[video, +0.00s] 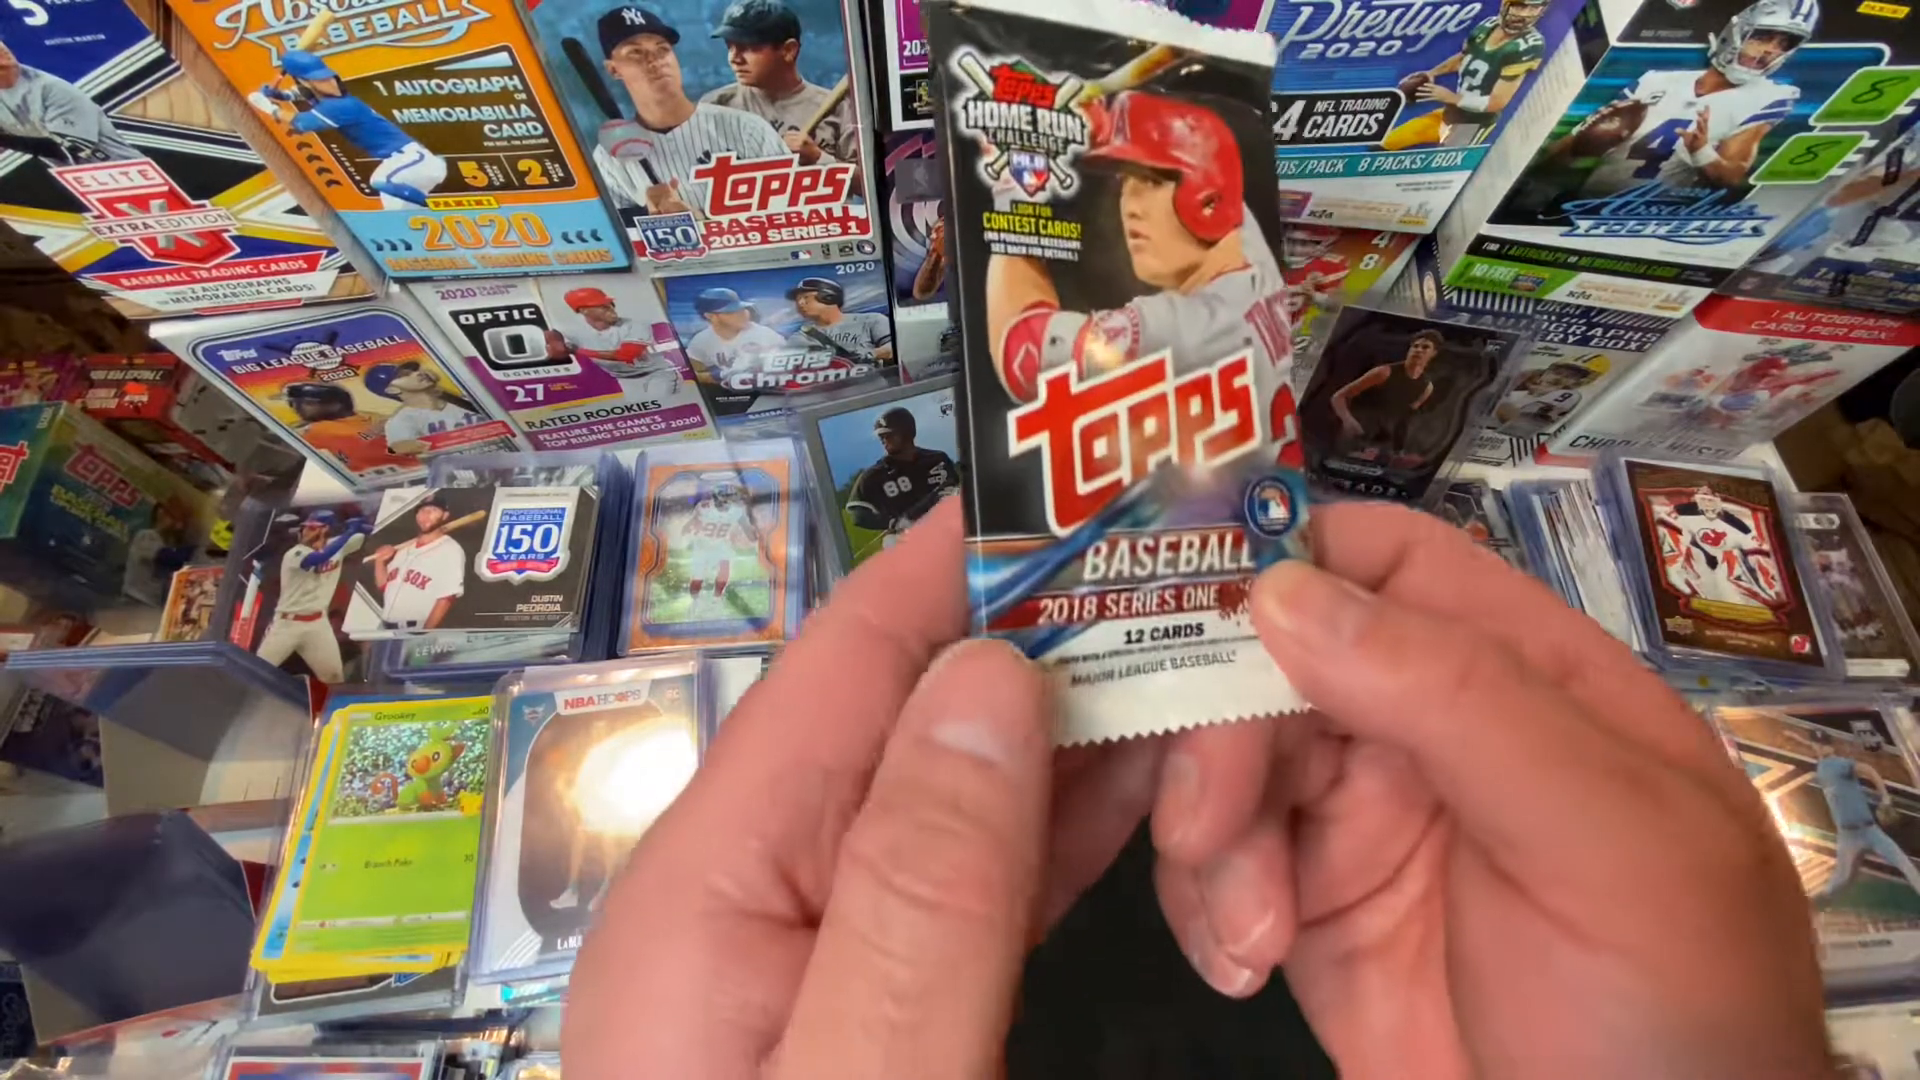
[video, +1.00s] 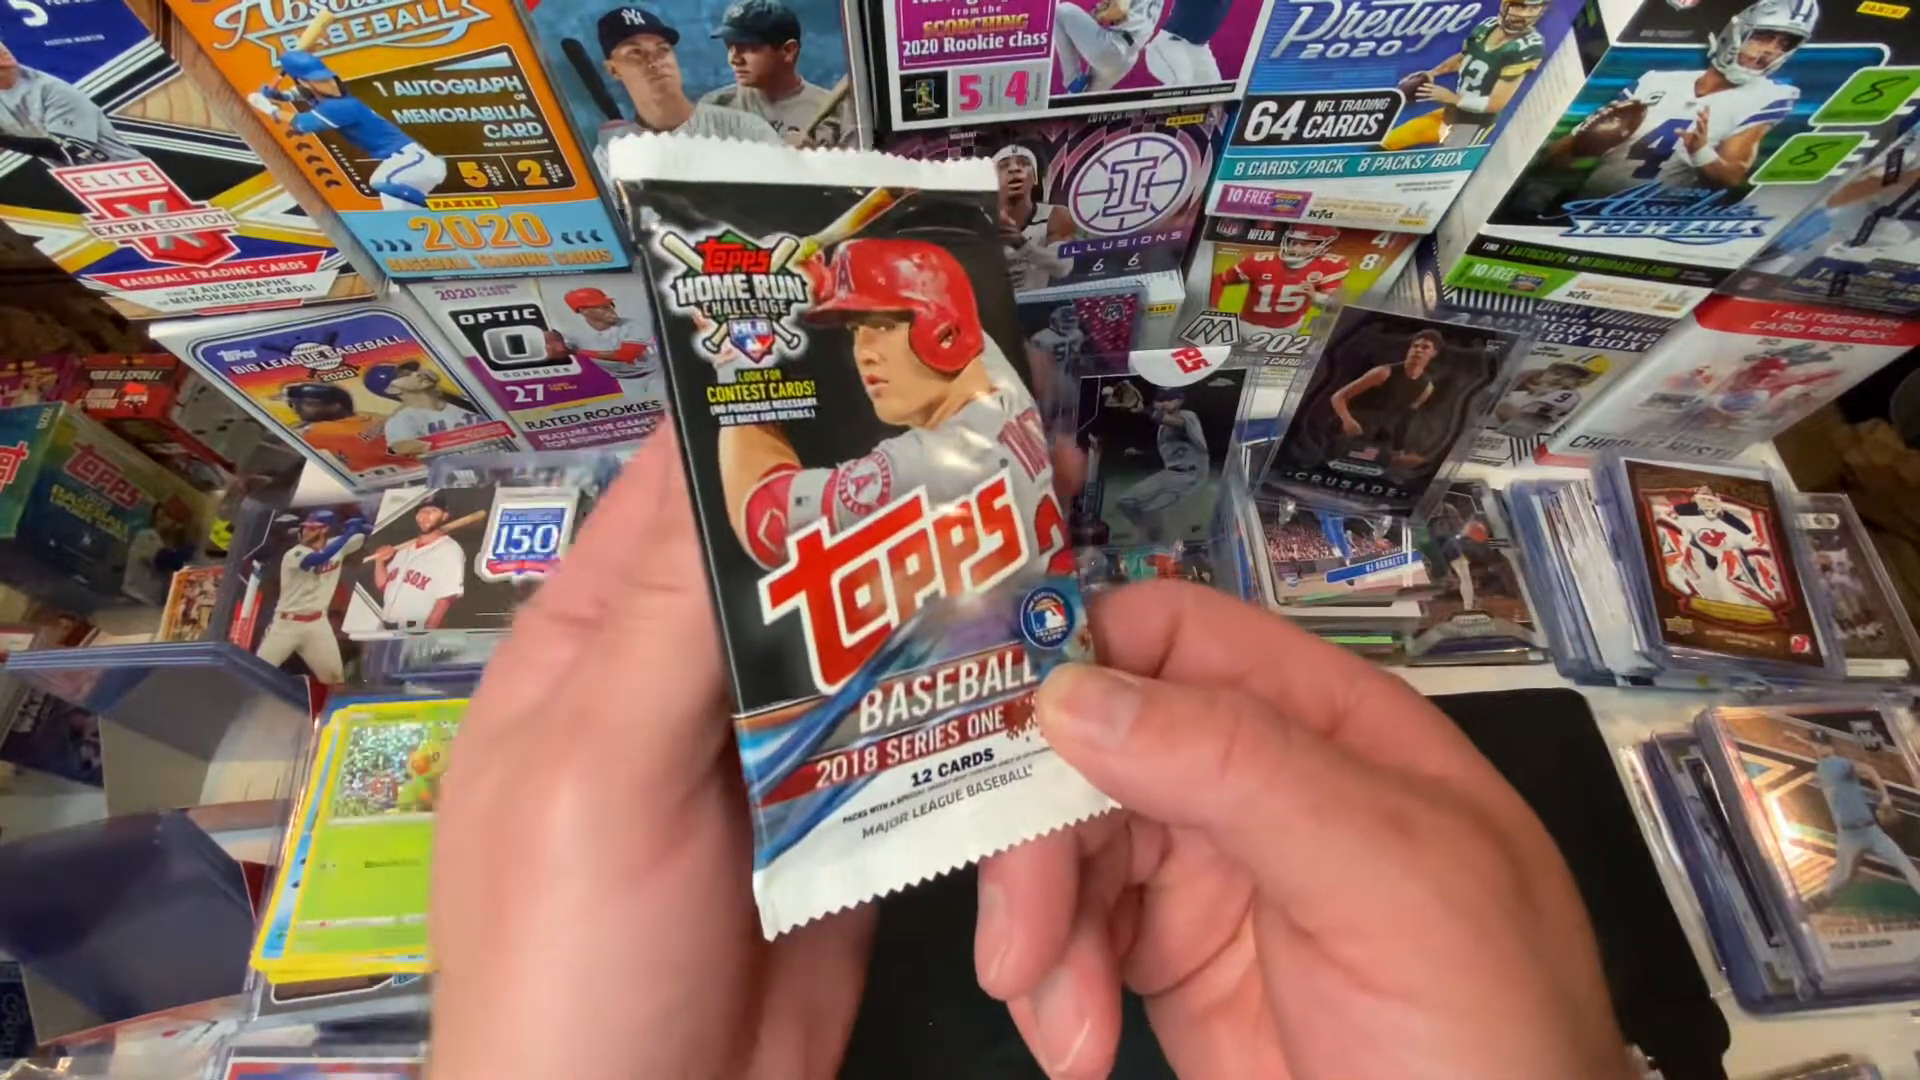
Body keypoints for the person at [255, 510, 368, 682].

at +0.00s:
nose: (303, 532)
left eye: (309, 528)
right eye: (304, 527)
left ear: (324, 530)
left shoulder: (336, 549)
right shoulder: (294, 554)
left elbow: (367, 532)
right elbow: (318, 560)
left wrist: (357, 524)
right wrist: (348, 535)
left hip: (317, 625)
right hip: (285, 624)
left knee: (334, 678)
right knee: (259, 670)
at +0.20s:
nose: (303, 532)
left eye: (309, 528)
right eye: (304, 528)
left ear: (324, 530)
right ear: (303, 530)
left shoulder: (336, 549)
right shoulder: (294, 554)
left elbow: (367, 532)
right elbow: (318, 560)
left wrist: (357, 524)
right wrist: (348, 535)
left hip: (317, 625)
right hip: (285, 624)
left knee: (333, 678)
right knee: (259, 671)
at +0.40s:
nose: (304, 531)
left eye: (310, 528)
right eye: (304, 527)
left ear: (324, 530)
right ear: (303, 530)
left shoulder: (336, 549)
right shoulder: (294, 554)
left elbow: (365, 533)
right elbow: (317, 560)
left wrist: (357, 524)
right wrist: (347, 536)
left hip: (317, 625)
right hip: (285, 624)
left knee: (334, 680)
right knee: (258, 671)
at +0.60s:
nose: (303, 531)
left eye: (309, 527)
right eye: (304, 527)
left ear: (324, 530)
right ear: (304, 530)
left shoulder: (336, 549)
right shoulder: (294, 554)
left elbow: (365, 533)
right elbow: (318, 560)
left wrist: (357, 524)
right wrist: (347, 536)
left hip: (317, 625)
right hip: (285, 624)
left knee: (335, 680)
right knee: (258, 671)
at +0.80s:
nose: (304, 531)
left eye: (310, 528)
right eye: (304, 527)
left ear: (324, 530)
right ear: (303, 529)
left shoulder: (336, 549)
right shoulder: (294, 554)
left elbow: (365, 534)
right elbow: (318, 560)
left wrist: (357, 524)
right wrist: (347, 536)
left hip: (317, 625)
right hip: (285, 624)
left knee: (333, 677)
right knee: (259, 670)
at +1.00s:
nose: (303, 531)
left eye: (309, 528)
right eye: (304, 527)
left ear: (323, 530)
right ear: (303, 530)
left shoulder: (337, 549)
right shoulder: (294, 554)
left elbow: (365, 533)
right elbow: (319, 560)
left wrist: (358, 525)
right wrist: (347, 536)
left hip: (317, 625)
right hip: (285, 624)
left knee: (335, 681)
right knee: (259, 672)